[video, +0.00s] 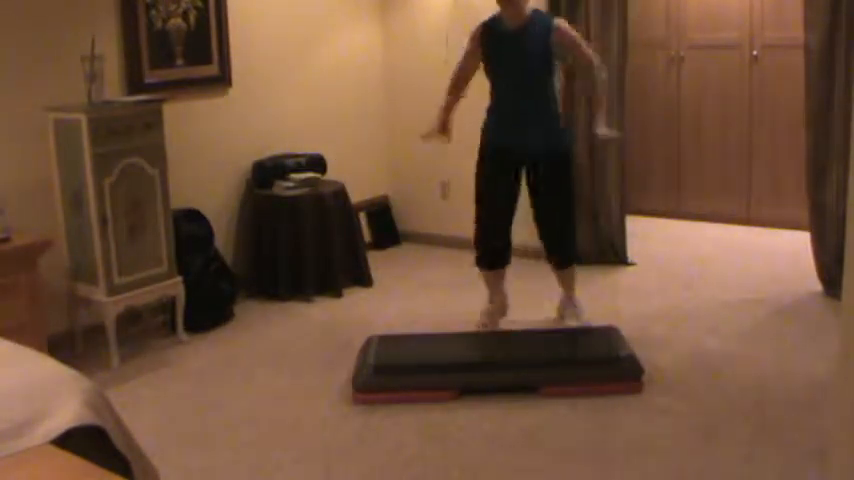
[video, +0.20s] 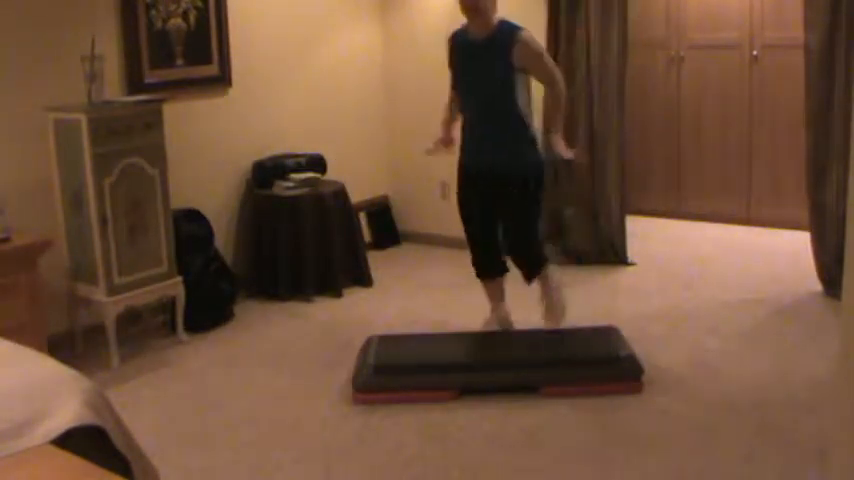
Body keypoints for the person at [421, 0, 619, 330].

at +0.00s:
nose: (509, 3)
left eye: (514, 1)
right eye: (505, 1)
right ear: (499, 2)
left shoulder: (553, 29)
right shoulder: (485, 33)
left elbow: (595, 68)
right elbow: (461, 77)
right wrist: (445, 116)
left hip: (547, 138)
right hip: (500, 139)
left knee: (556, 221)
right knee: (491, 223)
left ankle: (569, 300)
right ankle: (496, 302)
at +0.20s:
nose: (472, 7)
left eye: (478, 2)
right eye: (467, 3)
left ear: (491, 2)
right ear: (461, 6)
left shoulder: (515, 40)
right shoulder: (457, 42)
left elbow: (554, 82)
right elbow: (457, 90)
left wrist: (554, 134)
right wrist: (448, 126)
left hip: (516, 153)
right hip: (475, 155)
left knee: (519, 239)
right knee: (481, 240)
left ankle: (548, 284)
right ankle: (498, 313)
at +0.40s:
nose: (447, 3)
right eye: (444, 1)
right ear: (441, 2)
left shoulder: (491, 25)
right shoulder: (434, 31)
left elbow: (537, 56)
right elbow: (394, 56)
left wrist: (512, 64)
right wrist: (347, 61)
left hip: (502, 140)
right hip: (465, 143)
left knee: (458, 215)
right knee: (484, 224)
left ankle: (450, 305)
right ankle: (500, 309)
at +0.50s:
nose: (433, 7)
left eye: (439, 1)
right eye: (431, 3)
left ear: (460, 3)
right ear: (430, 7)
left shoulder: (480, 34)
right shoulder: (426, 36)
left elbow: (511, 48)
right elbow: (376, 45)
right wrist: (327, 27)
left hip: (490, 158)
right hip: (457, 161)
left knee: (437, 222)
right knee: (484, 236)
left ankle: (424, 315)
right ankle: (505, 314)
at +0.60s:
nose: (422, 5)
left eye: (427, 1)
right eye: (421, 1)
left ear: (444, 2)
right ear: (422, 5)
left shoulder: (466, 35)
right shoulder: (418, 34)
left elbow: (493, 45)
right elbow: (374, 40)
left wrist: (463, 11)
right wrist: (324, 17)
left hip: (475, 158)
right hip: (442, 159)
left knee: (422, 221)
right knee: (468, 234)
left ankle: (420, 317)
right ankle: (499, 308)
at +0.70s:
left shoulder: (452, 13)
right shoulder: (406, 16)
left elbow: (492, 44)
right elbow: (362, 27)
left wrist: (453, 39)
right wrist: (312, 30)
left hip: (465, 141)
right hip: (431, 142)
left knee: (421, 228)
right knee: (431, 227)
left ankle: (420, 318)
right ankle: (477, 290)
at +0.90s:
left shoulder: (442, 9)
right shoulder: (394, 10)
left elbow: (492, 57)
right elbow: (385, 47)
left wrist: (487, 117)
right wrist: (366, 86)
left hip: (456, 131)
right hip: (417, 123)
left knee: (425, 219)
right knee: (362, 173)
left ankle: (421, 315)